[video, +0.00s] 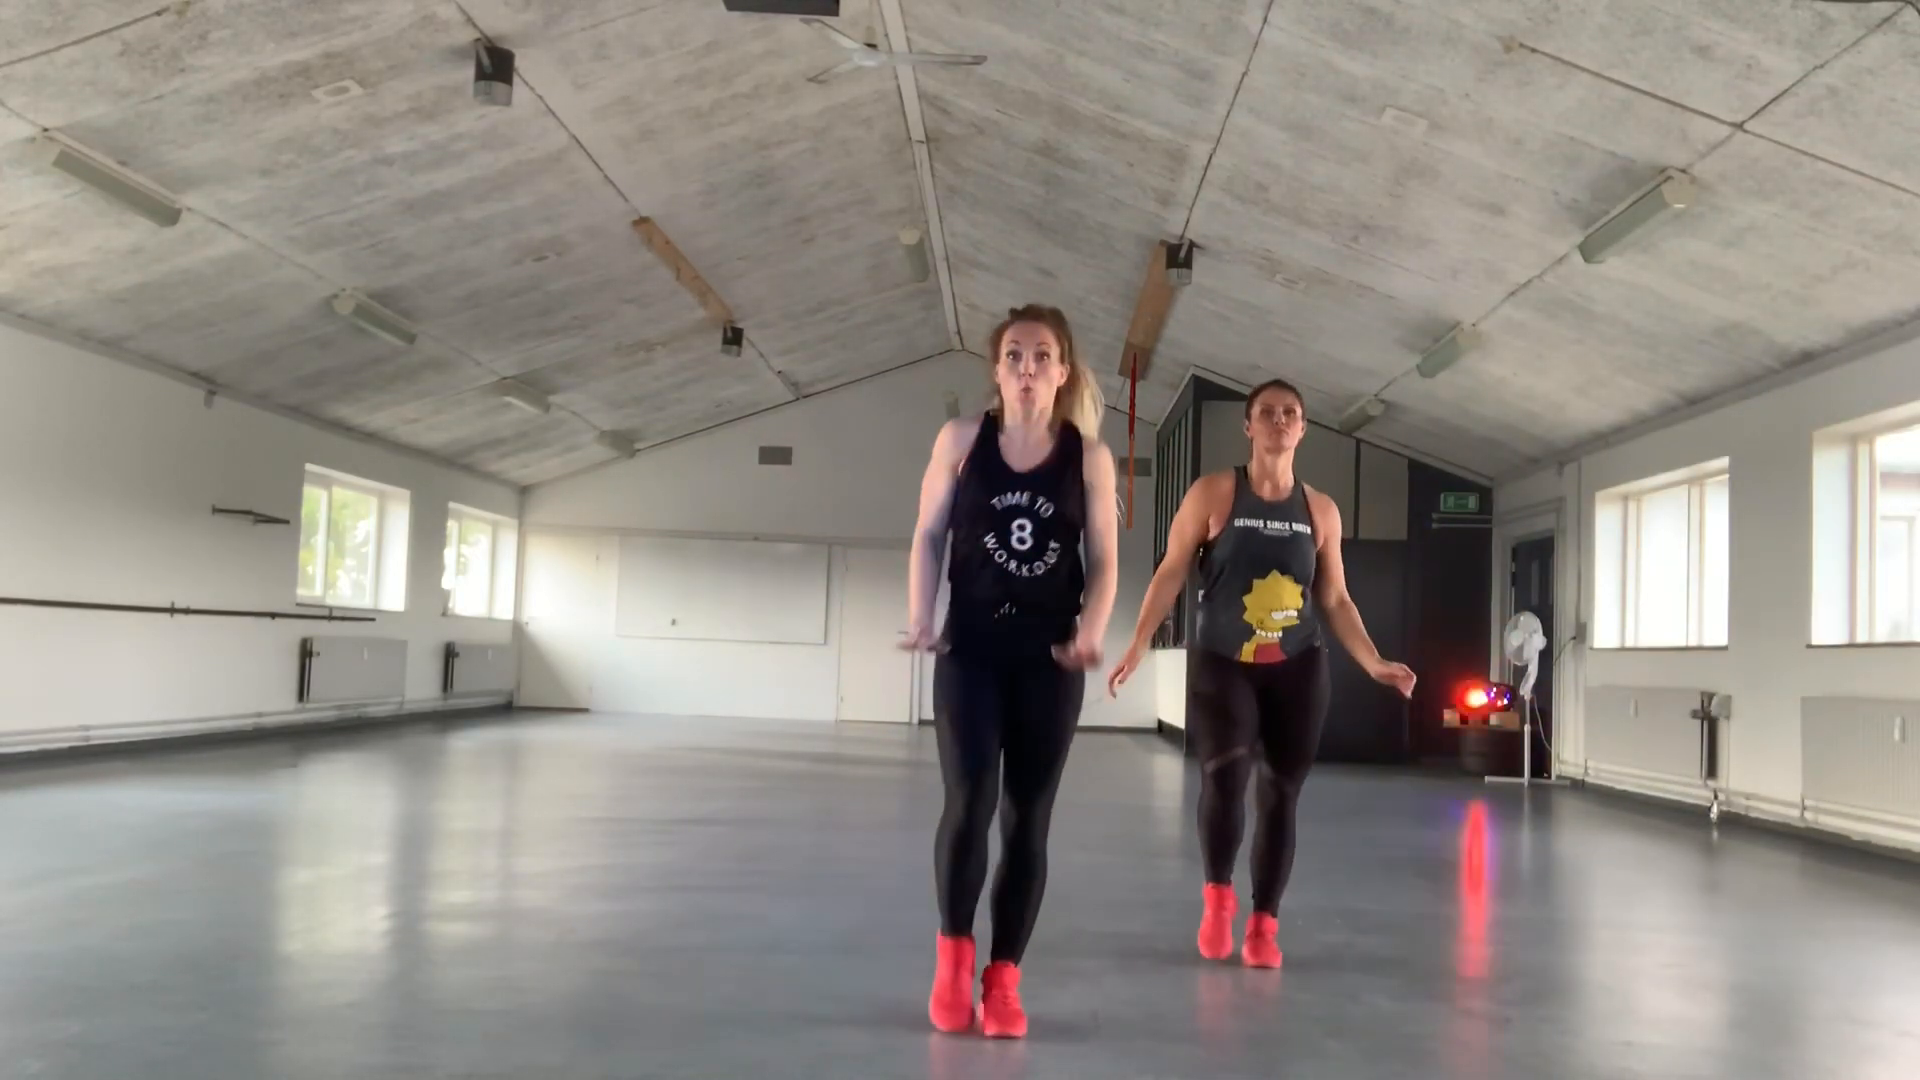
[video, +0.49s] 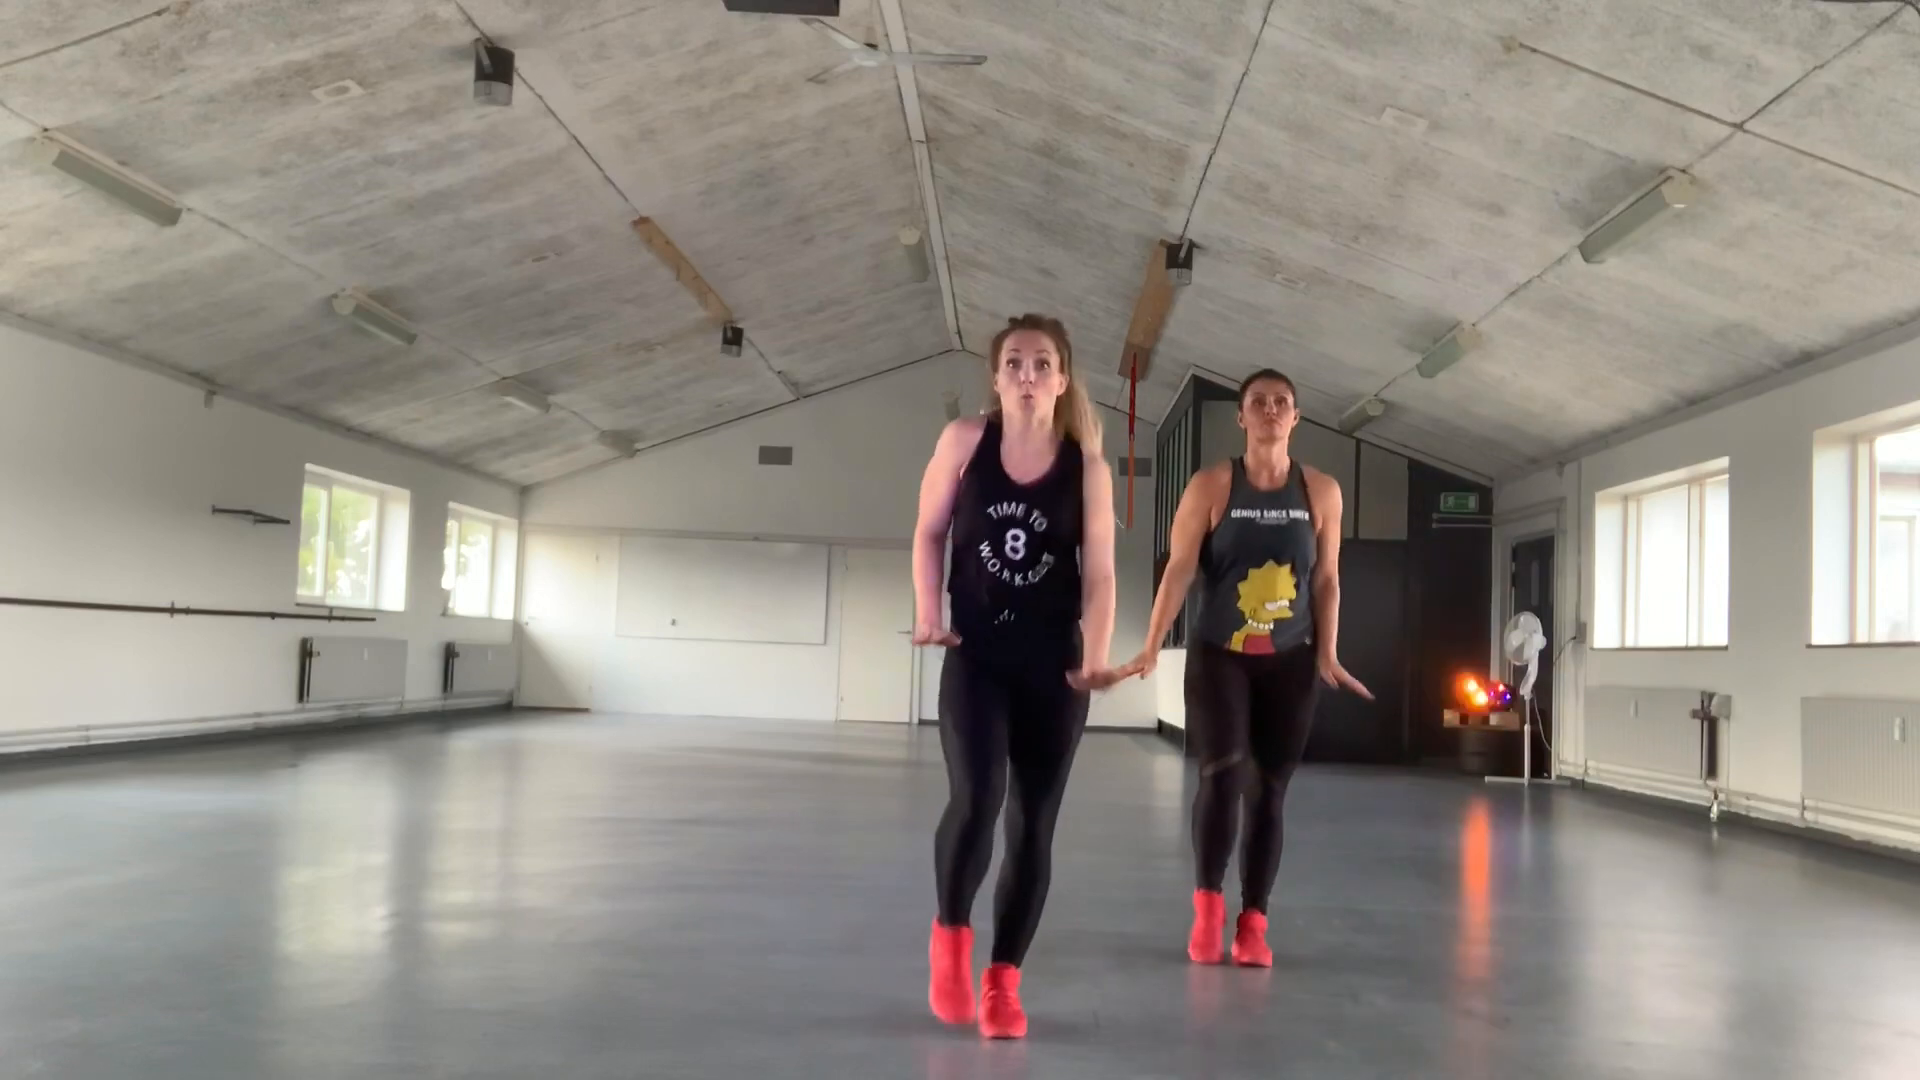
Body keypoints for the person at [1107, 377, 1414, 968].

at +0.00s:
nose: (1280, 422)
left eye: (1290, 414)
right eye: (1269, 413)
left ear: (1304, 429)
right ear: (1249, 427)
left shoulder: (1321, 511)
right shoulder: (1211, 493)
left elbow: (1336, 598)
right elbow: (1170, 572)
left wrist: (1374, 663)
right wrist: (1138, 645)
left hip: (1296, 668)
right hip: (1221, 663)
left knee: (1280, 789)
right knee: (1227, 768)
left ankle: (1265, 922)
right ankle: (1218, 897)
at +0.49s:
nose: (1271, 410)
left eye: (1281, 402)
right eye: (1260, 402)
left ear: (1295, 416)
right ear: (1241, 416)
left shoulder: (1322, 491)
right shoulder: (1210, 483)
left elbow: (1328, 577)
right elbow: (1179, 567)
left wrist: (1327, 653)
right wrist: (1152, 645)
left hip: (1290, 660)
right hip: (1218, 656)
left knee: (1269, 790)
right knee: (1223, 774)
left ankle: (1254, 919)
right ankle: (1208, 904)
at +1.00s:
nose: (1283, 410)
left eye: (1293, 402)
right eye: (1271, 401)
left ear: (1307, 416)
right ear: (1252, 414)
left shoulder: (1328, 499)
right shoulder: (1216, 483)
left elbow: (1332, 588)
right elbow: (1176, 560)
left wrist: (1333, 668)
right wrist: (1166, 622)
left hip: (1290, 658)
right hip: (1217, 652)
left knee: (1271, 783)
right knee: (1223, 765)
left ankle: (1256, 918)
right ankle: (1216, 894)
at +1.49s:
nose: (1272, 444)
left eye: (1282, 437)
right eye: (1260, 436)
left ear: (1294, 456)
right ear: (1239, 451)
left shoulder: (1298, 544)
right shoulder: (1199, 493)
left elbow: (1311, 636)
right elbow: (1147, 545)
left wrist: (1326, 721)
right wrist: (1159, 612)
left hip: (1269, 671)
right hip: (1199, 656)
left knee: (1278, 798)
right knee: (1215, 688)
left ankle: (1284, 921)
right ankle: (1198, 796)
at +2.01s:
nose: (1156, 408)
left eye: (1166, 401)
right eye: (1145, 399)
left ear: (1180, 418)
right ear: (1125, 412)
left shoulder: (1200, 491)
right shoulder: (1092, 474)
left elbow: (1211, 578)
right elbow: (1061, 557)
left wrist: (1213, 660)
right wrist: (1039, 638)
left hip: (1172, 655)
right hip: (1100, 649)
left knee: (1164, 785)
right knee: (1069, 731)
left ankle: (1173, 913)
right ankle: (1071, 858)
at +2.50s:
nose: (1048, 396)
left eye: (1059, 389)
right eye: (1038, 387)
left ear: (1074, 405)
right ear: (1019, 399)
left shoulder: (1093, 484)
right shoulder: (984, 465)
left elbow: (1105, 575)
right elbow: (951, 549)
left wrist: (1090, 639)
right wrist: (930, 619)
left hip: (1060, 646)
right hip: (983, 641)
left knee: (1064, 781)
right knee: (956, 762)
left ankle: (1076, 909)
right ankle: (951, 889)